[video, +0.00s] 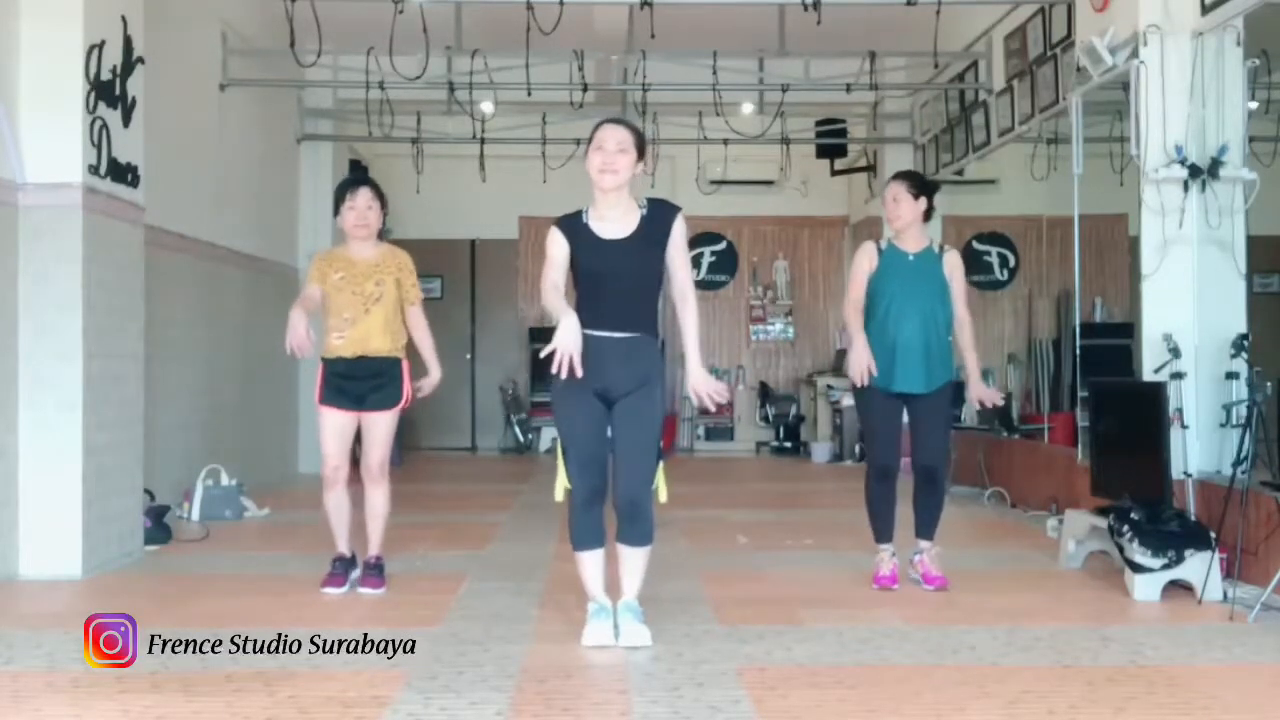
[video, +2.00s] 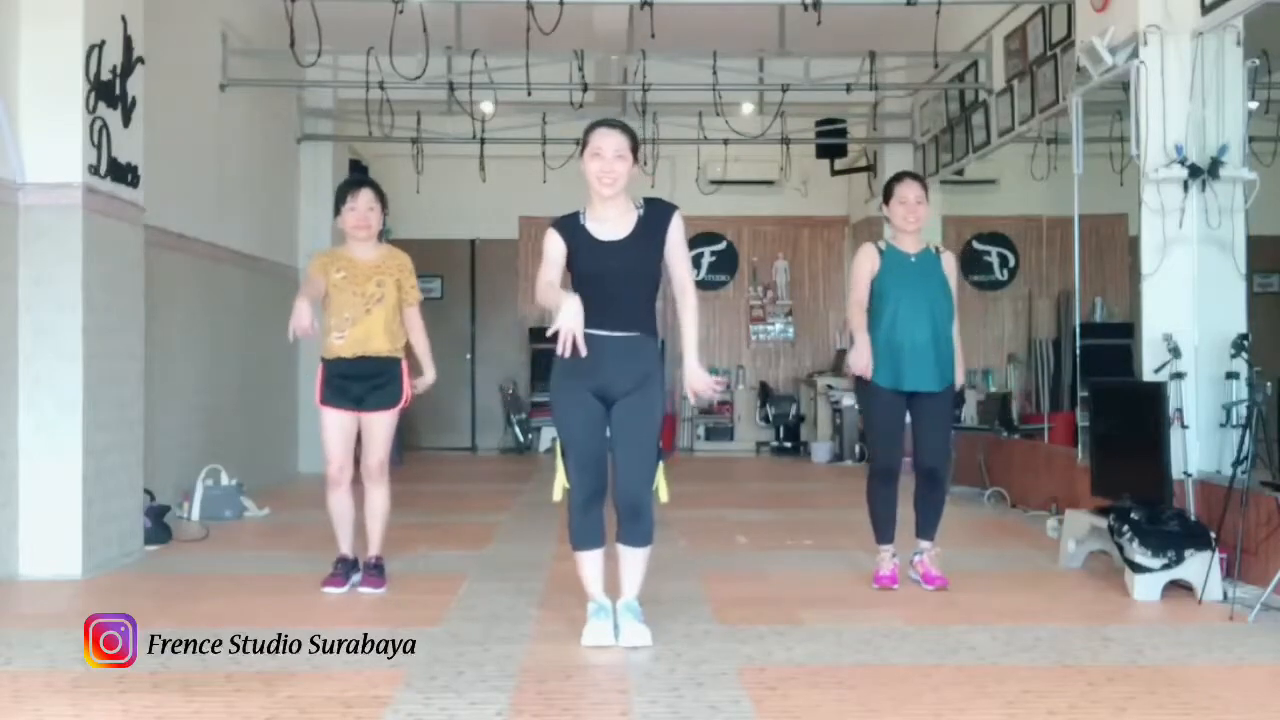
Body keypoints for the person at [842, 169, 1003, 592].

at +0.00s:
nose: (888, 207)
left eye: (898, 199)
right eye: (886, 200)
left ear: (923, 206)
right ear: (885, 206)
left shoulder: (948, 259)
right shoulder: (870, 254)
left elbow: (962, 321)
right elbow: (852, 306)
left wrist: (974, 379)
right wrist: (857, 343)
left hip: (934, 380)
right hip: (879, 378)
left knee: (932, 466)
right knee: (882, 465)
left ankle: (924, 552)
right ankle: (885, 553)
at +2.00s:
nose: (912, 209)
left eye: (919, 202)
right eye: (903, 202)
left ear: (929, 208)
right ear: (887, 209)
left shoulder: (945, 261)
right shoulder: (871, 255)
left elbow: (951, 320)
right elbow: (856, 306)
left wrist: (958, 365)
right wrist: (860, 344)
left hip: (935, 378)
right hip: (883, 376)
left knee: (934, 466)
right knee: (884, 464)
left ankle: (924, 553)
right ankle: (885, 554)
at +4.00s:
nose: (903, 212)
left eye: (912, 203)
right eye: (896, 204)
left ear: (929, 208)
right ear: (888, 210)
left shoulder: (951, 260)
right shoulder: (874, 256)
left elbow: (967, 319)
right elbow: (860, 316)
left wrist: (983, 369)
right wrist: (876, 362)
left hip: (939, 383)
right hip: (888, 381)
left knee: (931, 468)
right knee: (887, 466)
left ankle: (922, 554)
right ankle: (887, 553)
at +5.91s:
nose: (893, 210)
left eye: (901, 203)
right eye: (884, 204)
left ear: (915, 209)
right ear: (874, 211)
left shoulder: (938, 261)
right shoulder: (861, 260)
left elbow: (950, 322)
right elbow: (835, 319)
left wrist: (958, 375)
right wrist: (839, 373)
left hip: (929, 380)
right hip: (875, 382)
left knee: (932, 468)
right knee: (883, 468)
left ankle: (936, 562)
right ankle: (887, 555)